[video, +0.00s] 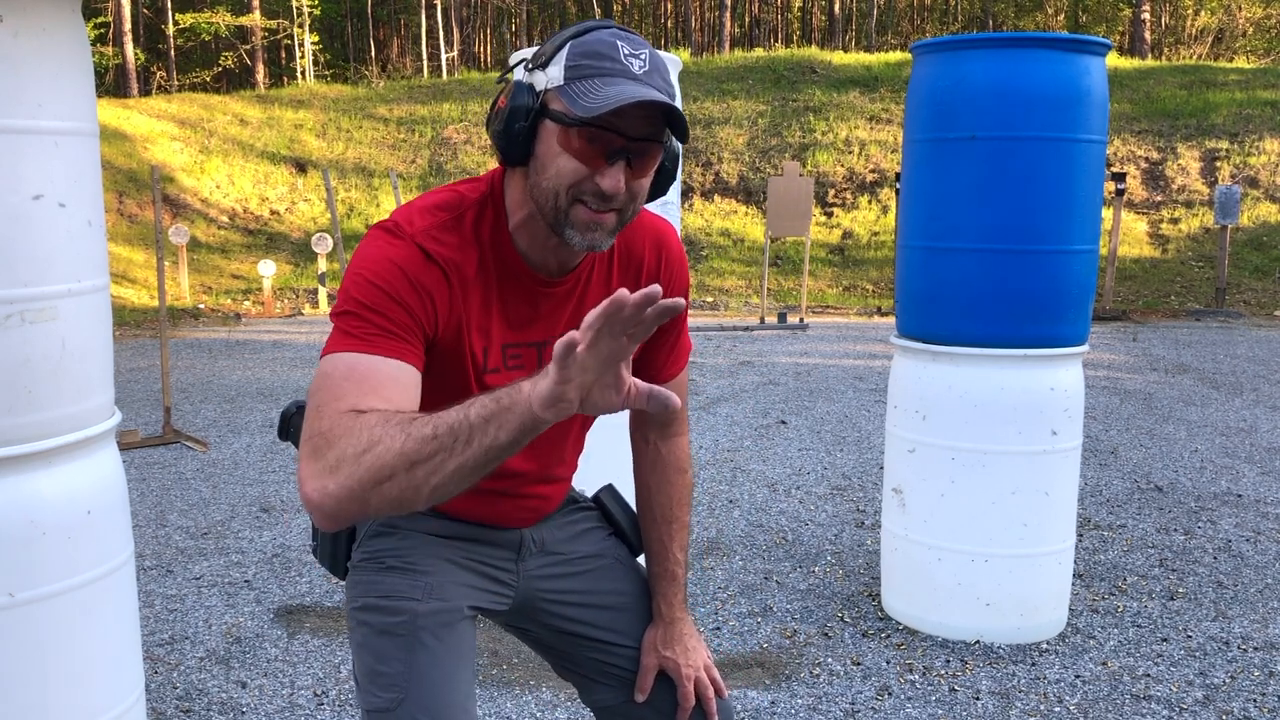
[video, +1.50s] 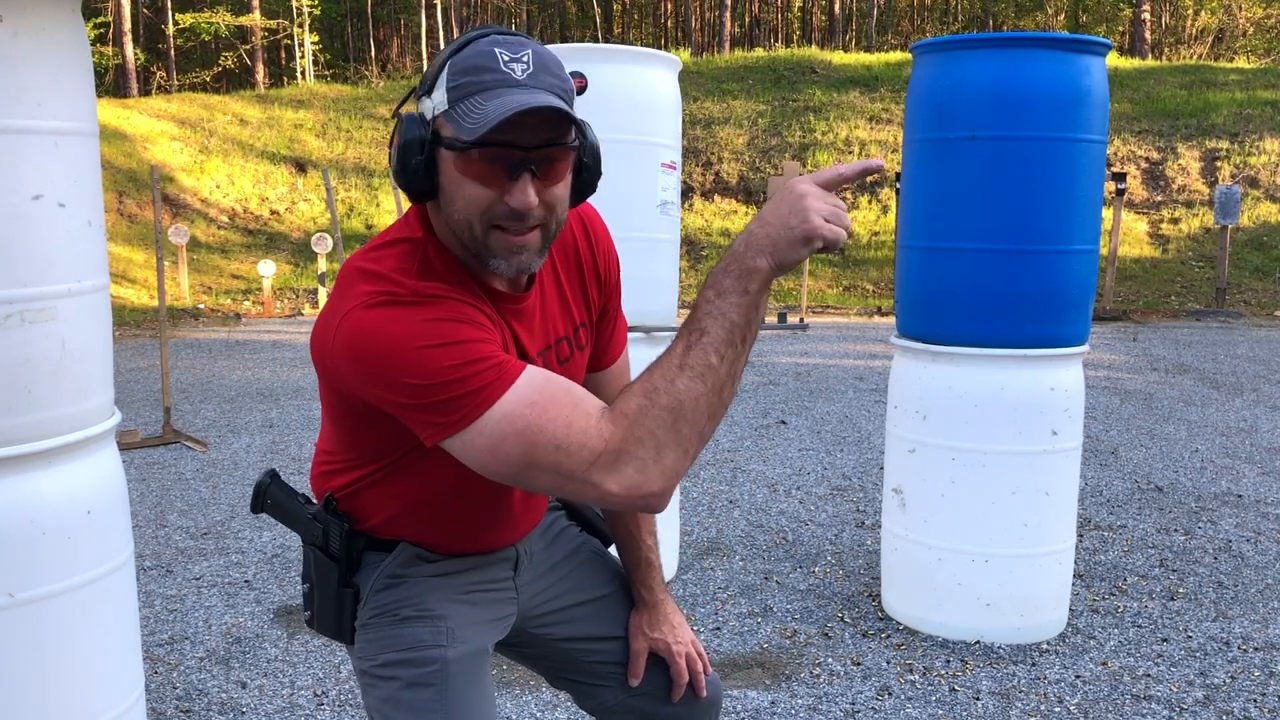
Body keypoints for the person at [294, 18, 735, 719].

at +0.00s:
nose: (613, 182)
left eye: (640, 153)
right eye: (593, 142)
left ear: (660, 163)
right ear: (521, 127)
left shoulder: (651, 253)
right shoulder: (411, 250)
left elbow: (664, 429)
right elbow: (334, 480)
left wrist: (673, 611)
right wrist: (548, 395)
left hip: (558, 527)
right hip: (419, 533)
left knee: (682, 701)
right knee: (425, 707)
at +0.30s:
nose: (617, 181)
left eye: (643, 153)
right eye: (597, 141)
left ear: (661, 164)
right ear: (526, 126)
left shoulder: (651, 256)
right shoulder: (415, 251)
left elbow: (662, 431)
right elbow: (339, 480)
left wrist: (670, 617)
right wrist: (547, 402)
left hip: (553, 530)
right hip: (415, 535)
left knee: (680, 704)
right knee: (425, 707)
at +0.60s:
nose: (618, 185)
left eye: (640, 158)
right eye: (595, 147)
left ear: (657, 165)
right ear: (520, 132)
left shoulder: (647, 256)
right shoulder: (409, 258)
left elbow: (663, 439)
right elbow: (338, 492)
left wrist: (670, 615)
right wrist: (540, 420)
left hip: (555, 531)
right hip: (417, 542)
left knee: (683, 705)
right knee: (424, 707)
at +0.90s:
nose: (635, 182)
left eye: (636, 154)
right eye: (607, 150)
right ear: (507, 148)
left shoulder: (619, 253)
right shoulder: (384, 285)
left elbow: (642, 427)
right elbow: (390, 535)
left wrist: (664, 603)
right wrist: (606, 387)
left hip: (546, 535)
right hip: (416, 567)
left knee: (687, 700)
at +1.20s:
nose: (597, 178)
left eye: (597, 148)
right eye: (566, 150)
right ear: (467, 158)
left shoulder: (578, 241)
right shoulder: (380, 332)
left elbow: (616, 430)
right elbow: (582, 555)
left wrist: (650, 588)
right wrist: (602, 317)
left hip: (548, 549)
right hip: (417, 570)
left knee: (686, 695)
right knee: (445, 704)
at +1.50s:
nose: (523, 199)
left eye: (547, 161)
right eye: (493, 163)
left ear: (575, 160)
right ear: (427, 161)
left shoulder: (580, 240)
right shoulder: (383, 317)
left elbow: (616, 429)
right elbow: (631, 468)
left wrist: (650, 588)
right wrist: (756, 255)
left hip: (543, 541)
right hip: (415, 572)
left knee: (683, 697)